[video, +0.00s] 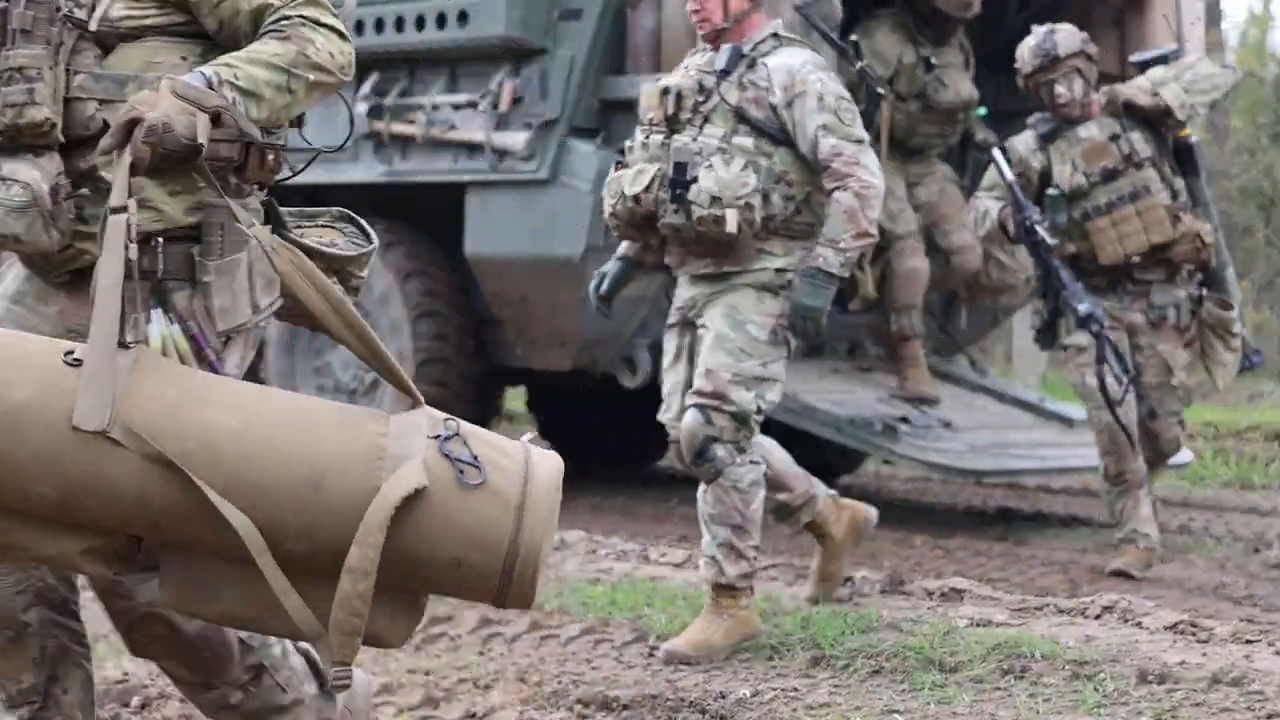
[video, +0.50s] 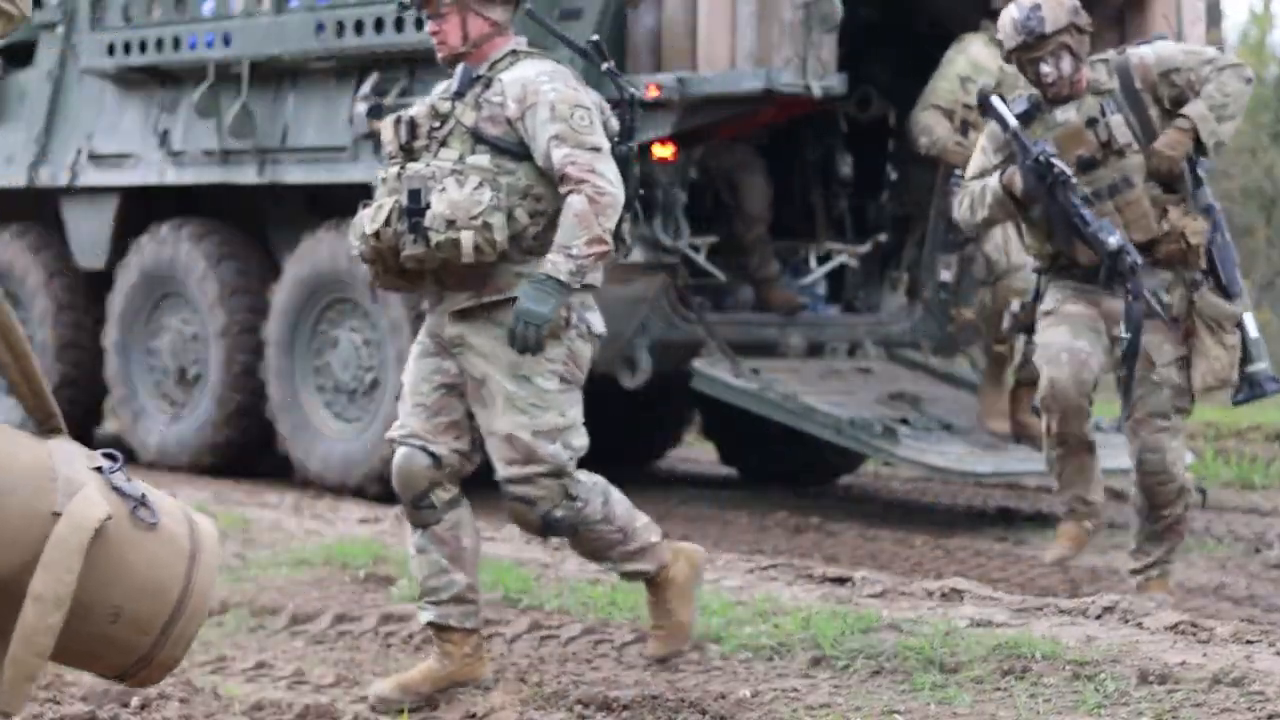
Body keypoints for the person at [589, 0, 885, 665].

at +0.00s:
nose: (698, 10)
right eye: (692, 2)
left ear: (747, 1)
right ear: (693, 9)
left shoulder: (796, 73)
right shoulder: (694, 72)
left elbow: (860, 177)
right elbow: (670, 177)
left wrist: (823, 273)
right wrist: (630, 251)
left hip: (760, 282)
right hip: (693, 281)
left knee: (719, 431)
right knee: (694, 435)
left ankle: (728, 606)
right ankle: (831, 516)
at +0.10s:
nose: (642, 5)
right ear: (653, 8)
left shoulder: (754, 66)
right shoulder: (655, 64)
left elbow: (796, 180)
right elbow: (640, 170)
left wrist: (764, 277)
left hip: (723, 278)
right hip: (652, 275)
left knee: (712, 437)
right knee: (611, 411)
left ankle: (730, 604)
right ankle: (724, 505)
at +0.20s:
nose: (594, 3)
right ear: (616, 5)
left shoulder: (704, 53)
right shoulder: (611, 57)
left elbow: (750, 163)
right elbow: (589, 146)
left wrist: (702, 254)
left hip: (696, 279)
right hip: (616, 273)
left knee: (695, 437)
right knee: (552, 403)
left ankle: (730, 606)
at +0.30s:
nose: (549, 10)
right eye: (545, 3)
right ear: (561, 12)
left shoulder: (658, 60)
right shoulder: (566, 71)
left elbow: (701, 164)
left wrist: (644, 243)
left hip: (659, 289)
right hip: (571, 291)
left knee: (680, 445)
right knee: (515, 436)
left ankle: (729, 607)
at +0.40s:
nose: (490, 20)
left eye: (501, 8)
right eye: (488, 10)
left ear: (544, 9)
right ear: (517, 17)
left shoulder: (601, 77)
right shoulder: (506, 87)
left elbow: (648, 175)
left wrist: (589, 256)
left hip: (603, 309)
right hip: (515, 311)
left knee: (640, 463)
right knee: (469, 465)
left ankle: (724, 603)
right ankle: (464, 642)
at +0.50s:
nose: (431, 26)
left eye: (442, 13)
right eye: (429, 15)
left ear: (487, 16)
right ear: (465, 24)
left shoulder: (542, 85)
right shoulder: (452, 96)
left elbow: (597, 188)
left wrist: (554, 282)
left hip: (529, 313)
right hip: (451, 314)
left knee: (540, 489)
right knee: (421, 472)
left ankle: (664, 564)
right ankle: (457, 649)